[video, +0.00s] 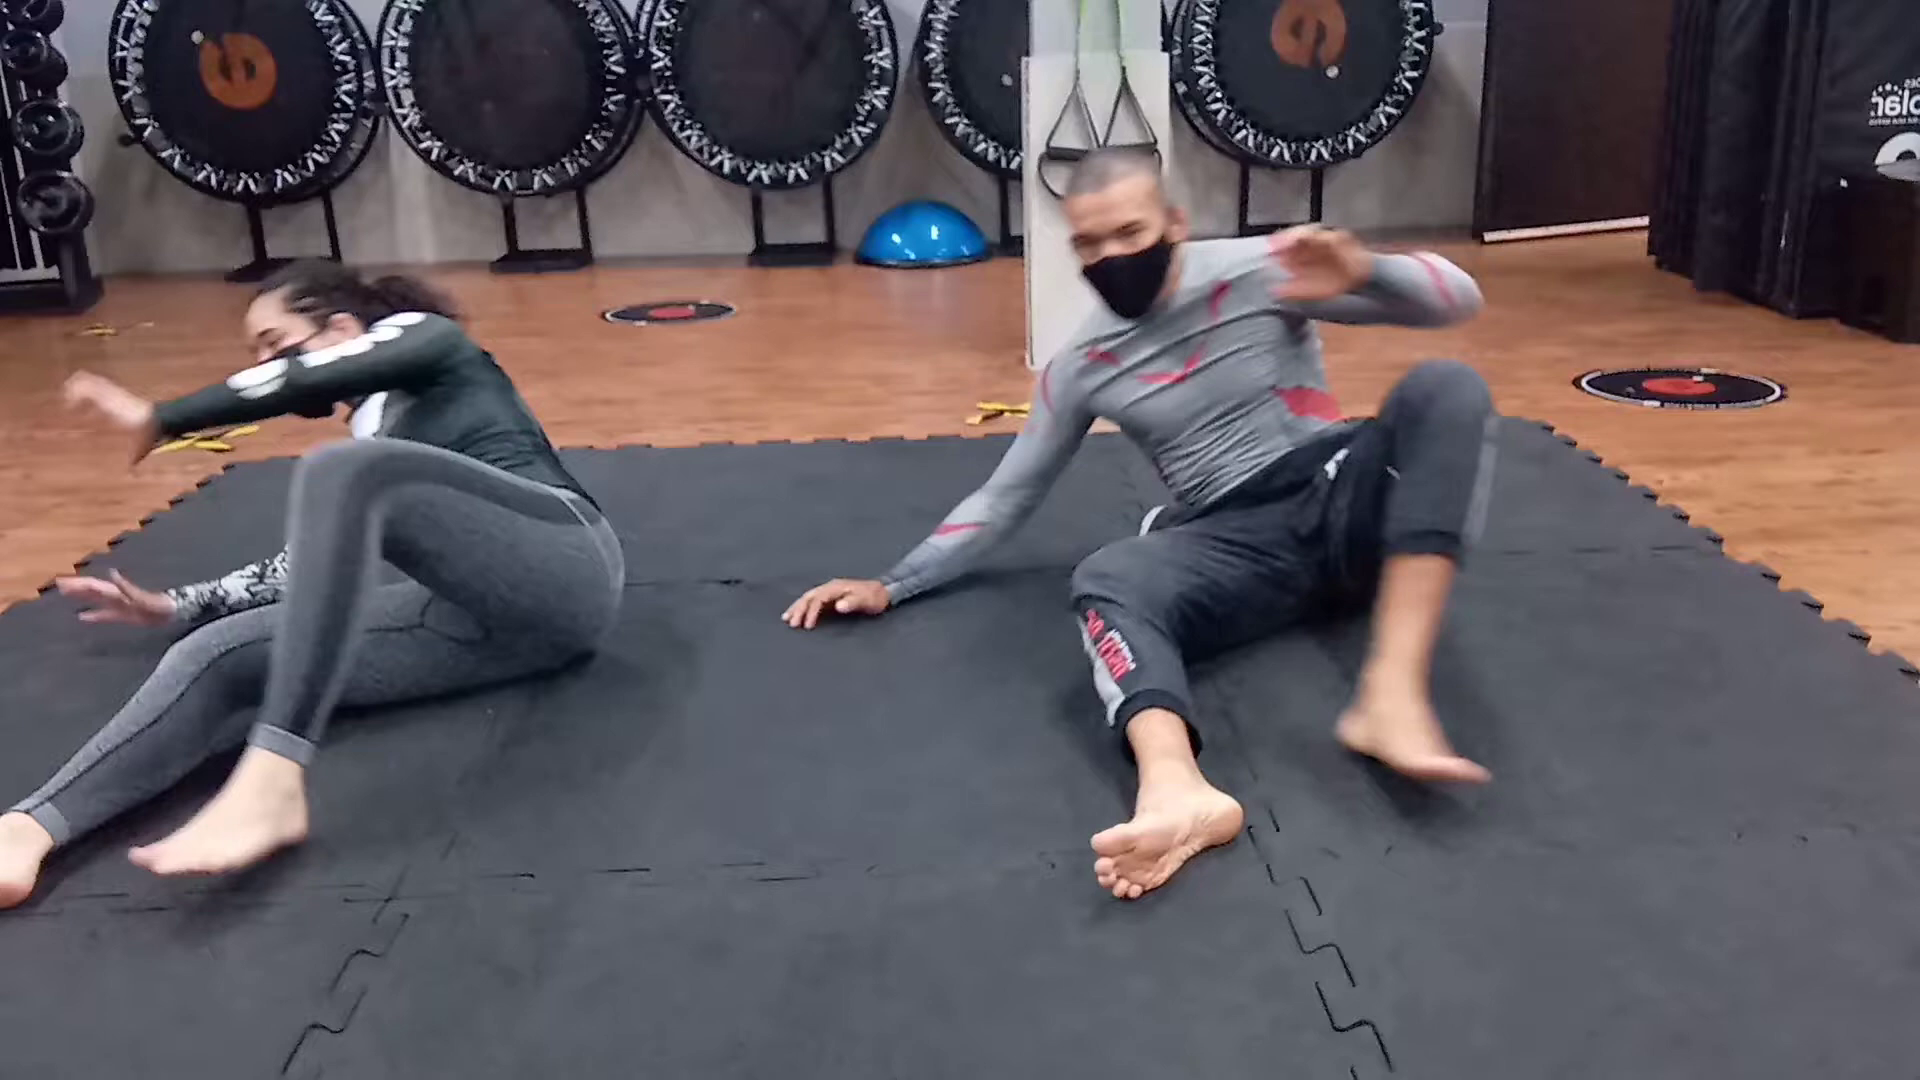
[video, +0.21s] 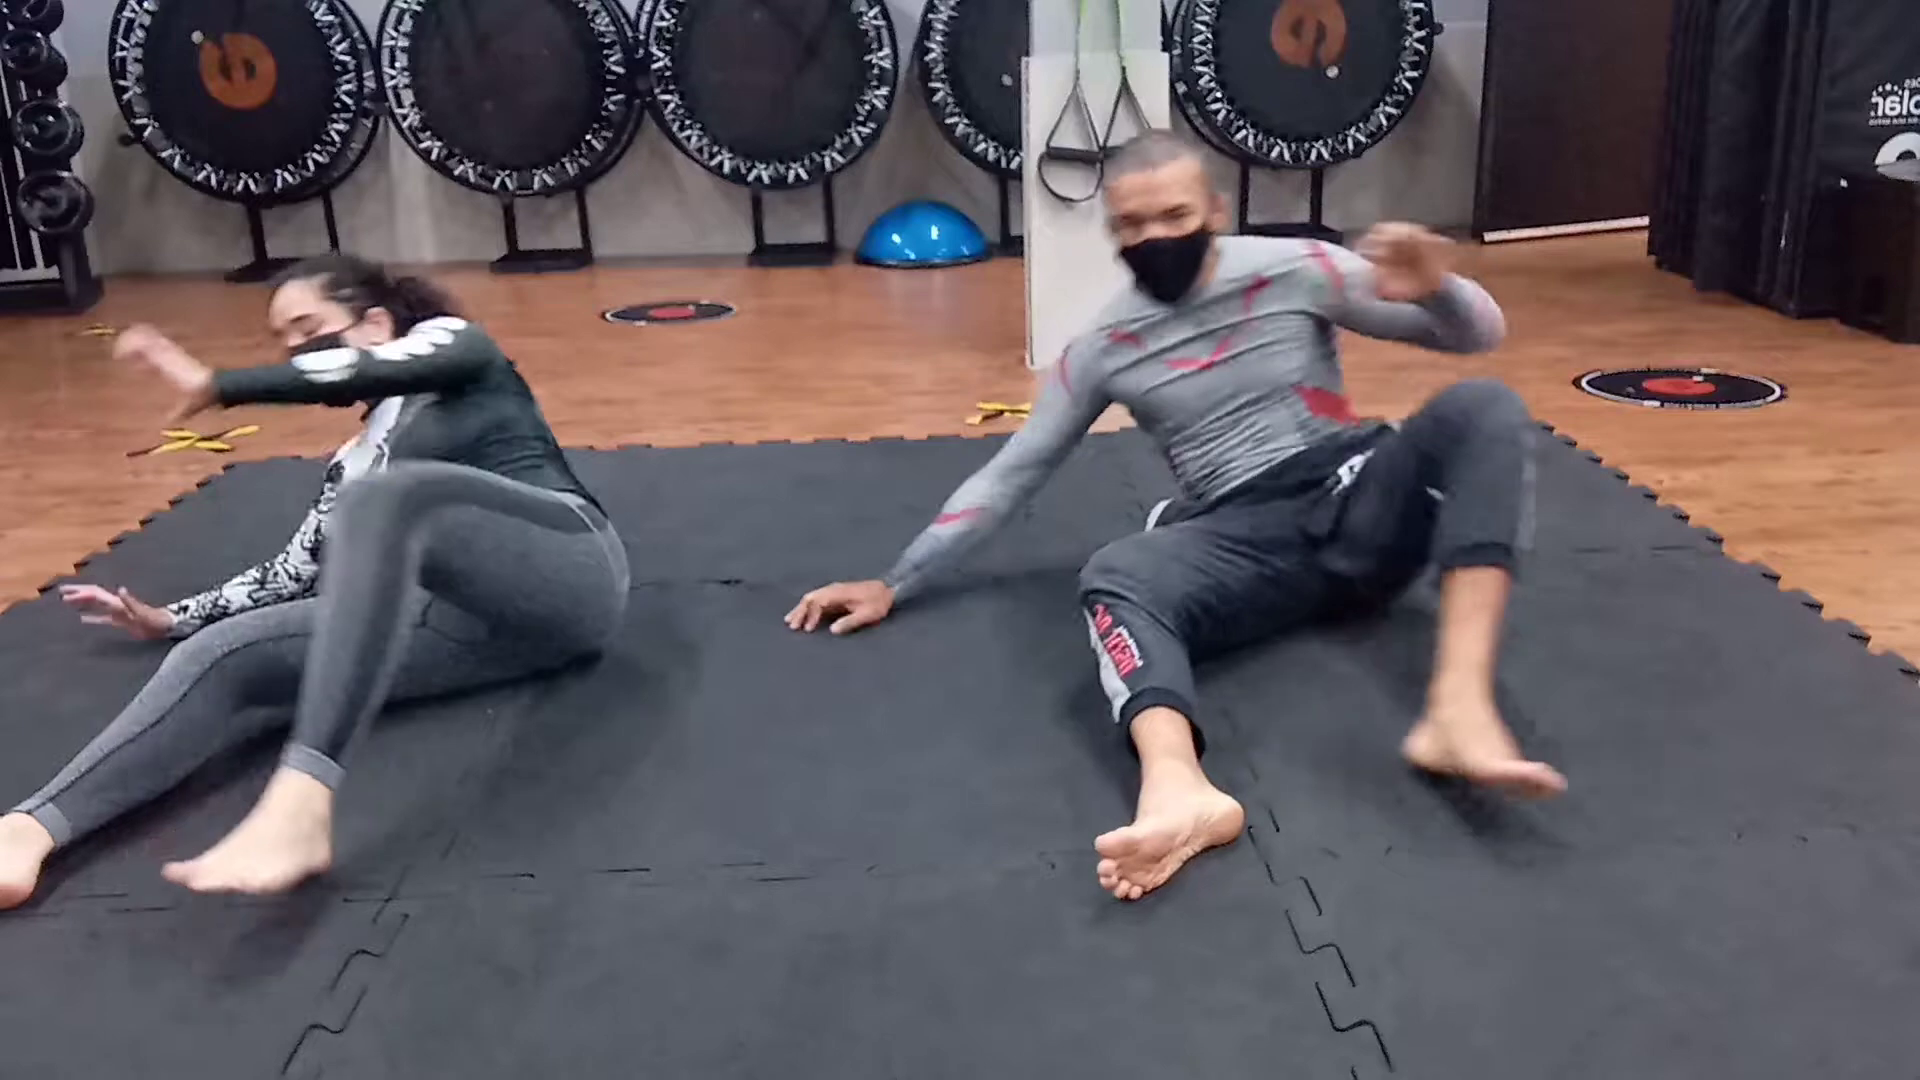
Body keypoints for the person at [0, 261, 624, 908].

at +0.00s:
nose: (278, 366)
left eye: (289, 343)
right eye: (268, 355)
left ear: (351, 321)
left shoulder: (436, 339)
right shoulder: (367, 441)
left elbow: (311, 381)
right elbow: (314, 563)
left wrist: (160, 418)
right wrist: (179, 606)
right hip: (483, 631)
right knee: (221, 654)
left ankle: (273, 782)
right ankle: (29, 832)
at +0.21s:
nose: (299, 357)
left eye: (313, 334)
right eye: (287, 347)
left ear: (376, 315)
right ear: (284, 352)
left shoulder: (456, 343)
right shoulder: (355, 465)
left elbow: (356, 375)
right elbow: (297, 574)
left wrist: (216, 386)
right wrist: (173, 619)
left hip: (575, 573)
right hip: (478, 635)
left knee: (387, 496)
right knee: (225, 652)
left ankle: (301, 803)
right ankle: (30, 832)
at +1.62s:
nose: (770, 317)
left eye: (779, 304)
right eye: (764, 296)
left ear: (710, 286)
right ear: (706, 277)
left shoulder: (713, 406)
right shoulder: (596, 319)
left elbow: (689, 541)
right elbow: (603, 393)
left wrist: (804, 560)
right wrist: (734, 406)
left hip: (664, 583)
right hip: (563, 557)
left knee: (755, 603)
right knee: (502, 481)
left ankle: (622, 842)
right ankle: (390, 683)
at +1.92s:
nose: (799, 333)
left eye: (804, 321)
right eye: (795, 311)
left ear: (742, 298)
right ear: (739, 288)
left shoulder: (729, 415)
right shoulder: (625, 316)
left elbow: (689, 547)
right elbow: (670, 382)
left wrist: (811, 559)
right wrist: (826, 410)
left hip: (655, 599)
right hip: (568, 560)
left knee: (775, 608)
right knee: (579, 439)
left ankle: (649, 834)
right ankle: (501, 652)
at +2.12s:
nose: (807, 334)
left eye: (813, 320)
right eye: (804, 311)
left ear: (752, 295)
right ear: (751, 288)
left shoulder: (730, 414)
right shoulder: (638, 315)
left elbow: (691, 548)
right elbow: (710, 392)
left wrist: (814, 562)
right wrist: (853, 415)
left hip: (651, 603)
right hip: (552, 562)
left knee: (807, 610)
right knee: (643, 435)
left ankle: (729, 820)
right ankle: (564, 686)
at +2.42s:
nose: (797, 341)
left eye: (802, 330)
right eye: (796, 321)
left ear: (746, 304)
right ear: (747, 295)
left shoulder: (731, 401)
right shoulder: (656, 315)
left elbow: (678, 548)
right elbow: (731, 390)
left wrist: (812, 558)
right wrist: (887, 431)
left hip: (644, 605)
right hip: (563, 565)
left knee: (865, 635)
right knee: (716, 429)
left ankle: (763, 815)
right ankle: (588, 700)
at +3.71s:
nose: (745, 397)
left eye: (755, 389)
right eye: (751, 376)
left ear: (711, 359)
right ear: (712, 338)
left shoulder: (659, 425)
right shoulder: (611, 329)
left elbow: (692, 550)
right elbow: (691, 433)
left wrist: (806, 543)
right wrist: (834, 501)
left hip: (480, 605)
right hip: (373, 555)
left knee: (657, 619)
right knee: (485, 463)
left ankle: (684, 795)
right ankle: (435, 770)